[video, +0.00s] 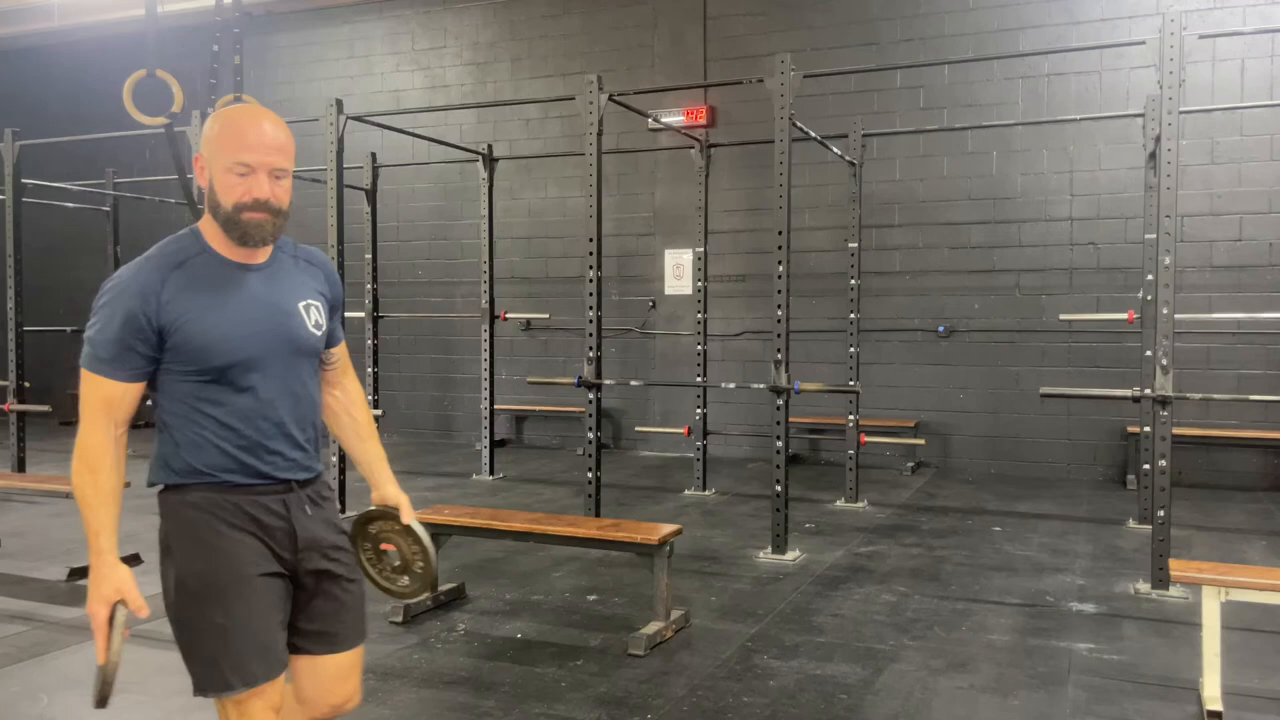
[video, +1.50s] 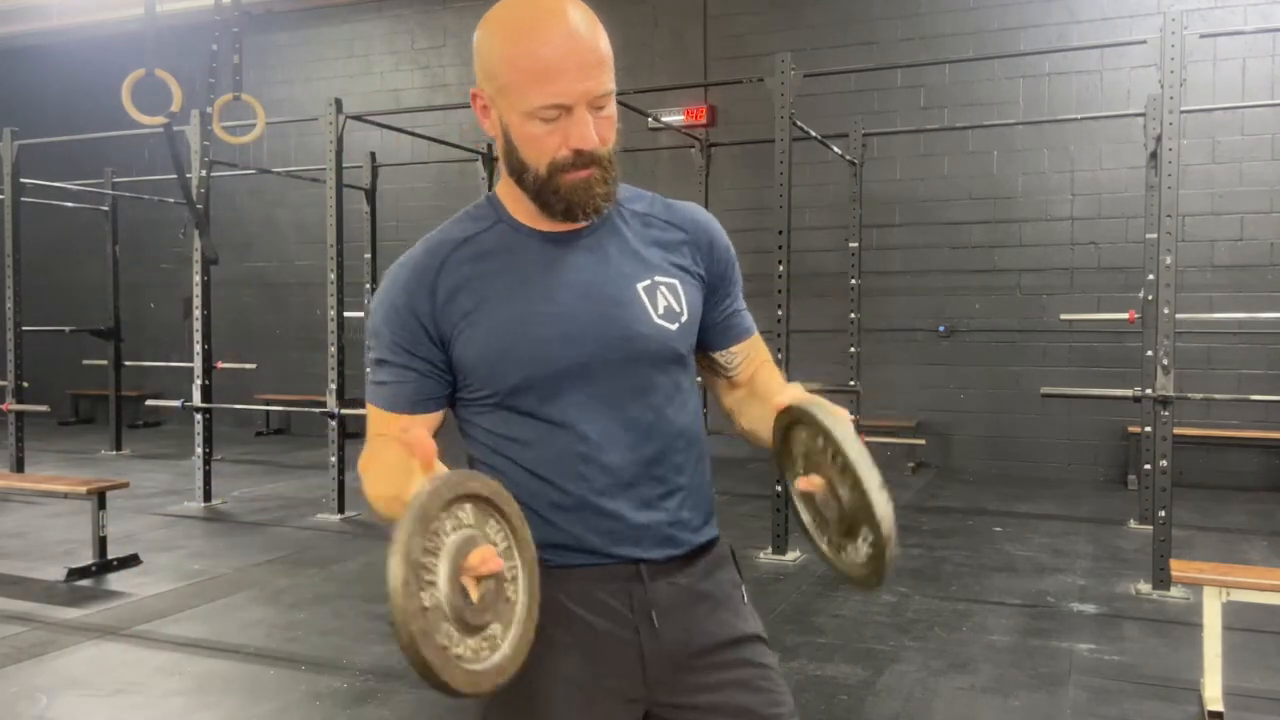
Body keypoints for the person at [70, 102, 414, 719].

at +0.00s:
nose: (263, 193)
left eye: (278, 175)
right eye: (243, 173)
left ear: (294, 179)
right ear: (201, 172)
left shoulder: (315, 274)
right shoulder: (142, 289)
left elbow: (337, 383)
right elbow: (102, 428)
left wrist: (384, 482)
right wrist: (104, 558)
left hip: (313, 511)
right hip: (214, 520)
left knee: (333, 696)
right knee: (258, 706)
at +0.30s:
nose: (334, 190)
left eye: (350, 170)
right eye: (313, 168)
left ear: (367, 172)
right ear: (272, 163)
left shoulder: (396, 272)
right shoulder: (210, 285)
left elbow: (429, 383)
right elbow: (167, 424)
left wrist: (485, 462)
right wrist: (207, 510)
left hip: (393, 527)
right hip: (279, 536)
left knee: (429, 710)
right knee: (286, 711)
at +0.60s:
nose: (440, 184)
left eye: (465, 169)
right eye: (426, 160)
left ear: (494, 177)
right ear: (401, 154)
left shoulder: (523, 283)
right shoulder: (322, 281)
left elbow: (555, 400)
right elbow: (273, 420)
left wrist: (607, 413)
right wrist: (302, 446)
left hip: (507, 546)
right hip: (383, 552)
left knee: (532, 709)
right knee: (384, 712)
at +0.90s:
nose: (546, 173)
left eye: (564, 152)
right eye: (524, 148)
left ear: (579, 155)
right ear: (475, 143)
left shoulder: (608, 277)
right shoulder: (392, 274)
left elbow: (648, 420)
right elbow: (360, 440)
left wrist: (719, 378)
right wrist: (339, 402)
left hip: (582, 561)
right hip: (455, 566)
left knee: (590, 710)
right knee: (468, 710)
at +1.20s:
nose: (573, 155)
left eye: (578, 129)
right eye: (542, 137)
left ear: (588, 120)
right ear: (472, 145)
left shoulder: (634, 259)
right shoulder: (404, 291)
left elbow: (700, 405)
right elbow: (388, 480)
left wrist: (789, 363)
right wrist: (354, 433)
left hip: (650, 586)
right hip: (512, 597)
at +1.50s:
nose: (586, 139)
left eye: (600, 106)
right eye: (551, 116)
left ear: (616, 93)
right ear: (487, 114)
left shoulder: (689, 238)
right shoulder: (426, 283)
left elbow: (749, 378)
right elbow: (392, 449)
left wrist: (811, 434)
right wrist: (452, 527)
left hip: (705, 604)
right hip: (547, 621)